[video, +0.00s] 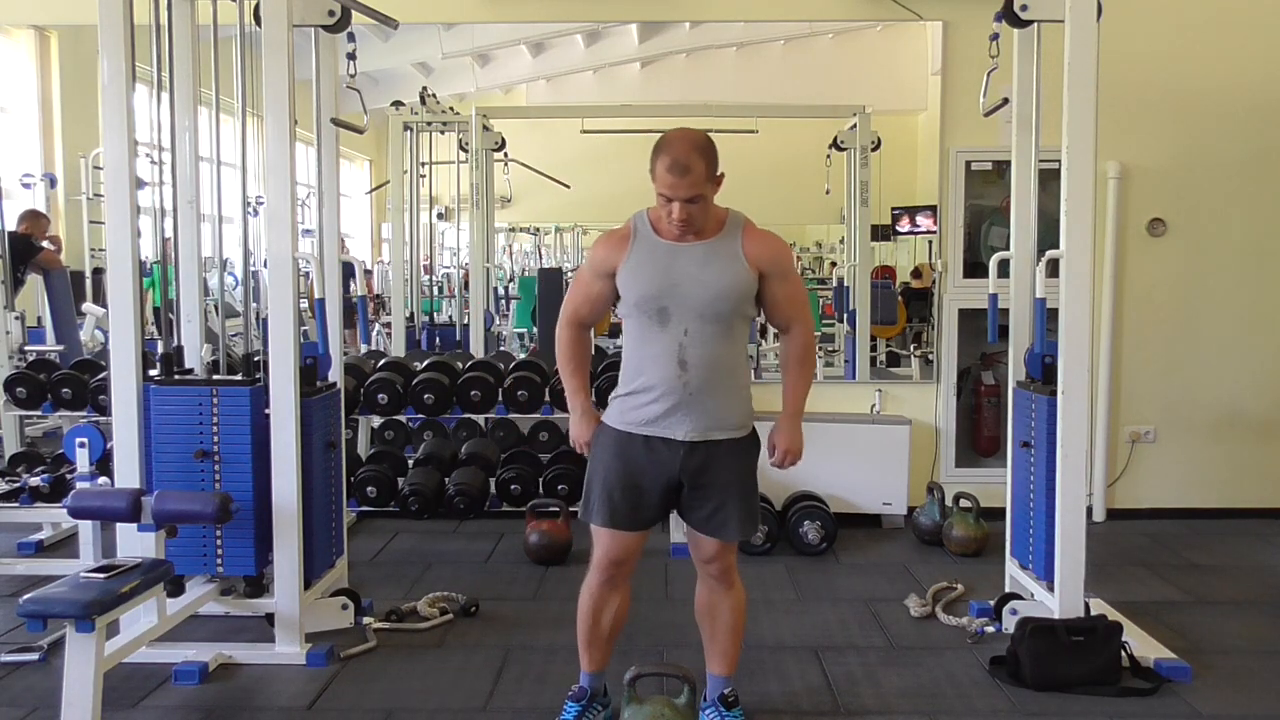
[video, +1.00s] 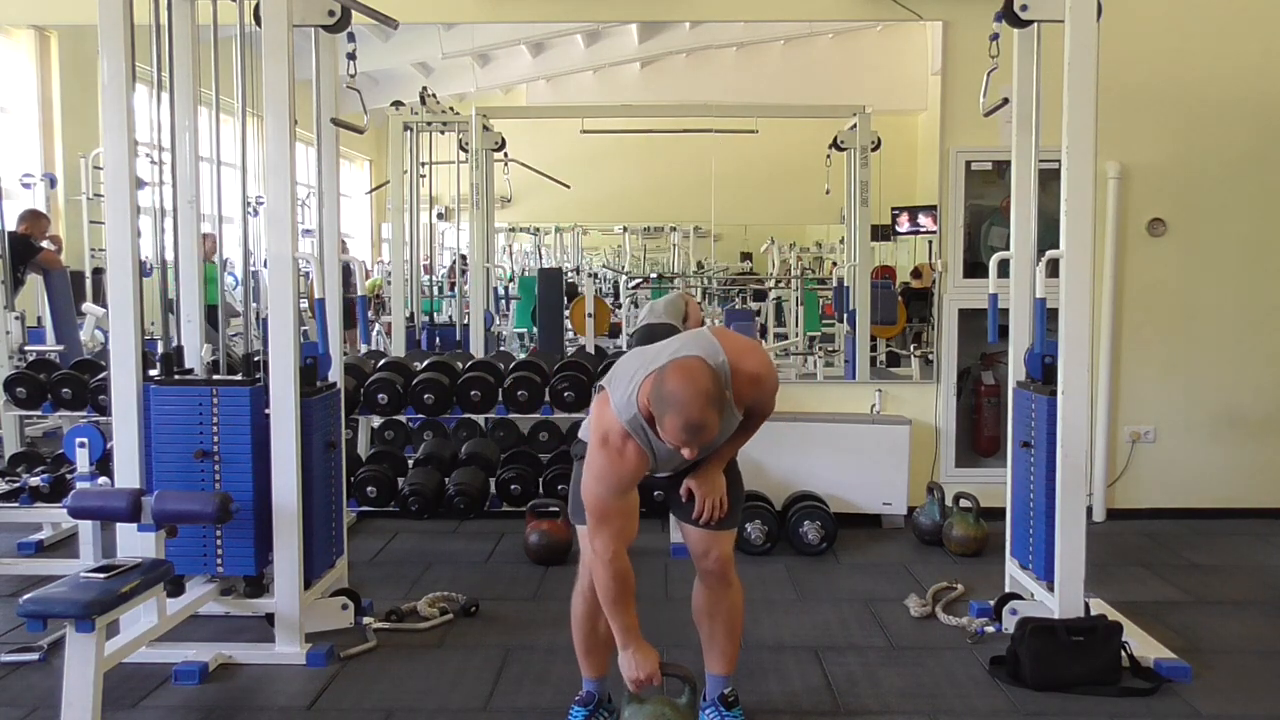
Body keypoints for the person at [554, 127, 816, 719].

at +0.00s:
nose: (677, 212)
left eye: (691, 199)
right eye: (665, 199)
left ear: (718, 183)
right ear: (651, 183)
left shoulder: (759, 249)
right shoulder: (620, 246)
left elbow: (797, 331)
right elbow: (572, 323)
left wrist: (791, 419)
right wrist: (580, 410)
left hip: (722, 443)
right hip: (632, 438)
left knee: (718, 565)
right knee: (608, 567)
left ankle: (719, 698)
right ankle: (589, 690)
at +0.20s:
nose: (689, 221)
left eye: (704, 209)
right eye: (677, 207)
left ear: (728, 191)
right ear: (660, 187)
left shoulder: (763, 256)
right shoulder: (620, 250)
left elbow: (788, 342)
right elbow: (571, 328)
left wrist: (769, 428)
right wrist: (569, 414)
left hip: (720, 446)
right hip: (632, 441)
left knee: (718, 566)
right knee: (616, 566)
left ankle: (719, 698)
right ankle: (596, 695)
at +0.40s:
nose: (680, 262)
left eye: (695, 248)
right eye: (668, 247)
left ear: (719, 227)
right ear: (648, 224)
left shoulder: (749, 273)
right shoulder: (604, 271)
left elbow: (761, 365)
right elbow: (564, 364)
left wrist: (731, 448)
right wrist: (580, 456)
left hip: (711, 438)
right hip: (624, 436)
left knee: (715, 560)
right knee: (610, 561)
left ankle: (718, 699)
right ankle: (593, 696)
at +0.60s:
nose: (674, 364)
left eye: (687, 353)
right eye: (663, 353)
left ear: (708, 320)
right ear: (637, 321)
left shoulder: (741, 320)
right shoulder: (597, 348)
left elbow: (750, 395)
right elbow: (579, 460)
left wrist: (714, 459)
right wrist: (607, 557)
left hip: (703, 449)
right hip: (623, 448)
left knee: (714, 562)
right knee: (597, 564)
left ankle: (719, 697)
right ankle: (593, 696)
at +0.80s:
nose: (680, 431)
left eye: (692, 420)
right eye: (669, 421)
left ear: (714, 380)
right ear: (639, 388)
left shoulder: (748, 360)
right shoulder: (604, 411)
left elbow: (751, 407)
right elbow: (601, 535)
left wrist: (711, 463)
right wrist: (625, 623)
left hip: (701, 456)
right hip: (618, 457)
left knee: (714, 562)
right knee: (594, 570)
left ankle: (719, 697)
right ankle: (593, 694)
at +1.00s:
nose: (689, 454)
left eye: (701, 445)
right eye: (678, 445)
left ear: (725, 399)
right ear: (650, 413)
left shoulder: (753, 372)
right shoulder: (615, 437)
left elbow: (759, 411)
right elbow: (608, 551)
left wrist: (716, 463)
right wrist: (630, 643)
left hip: (710, 459)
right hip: (617, 461)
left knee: (716, 563)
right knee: (597, 569)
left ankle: (719, 697)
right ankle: (591, 695)